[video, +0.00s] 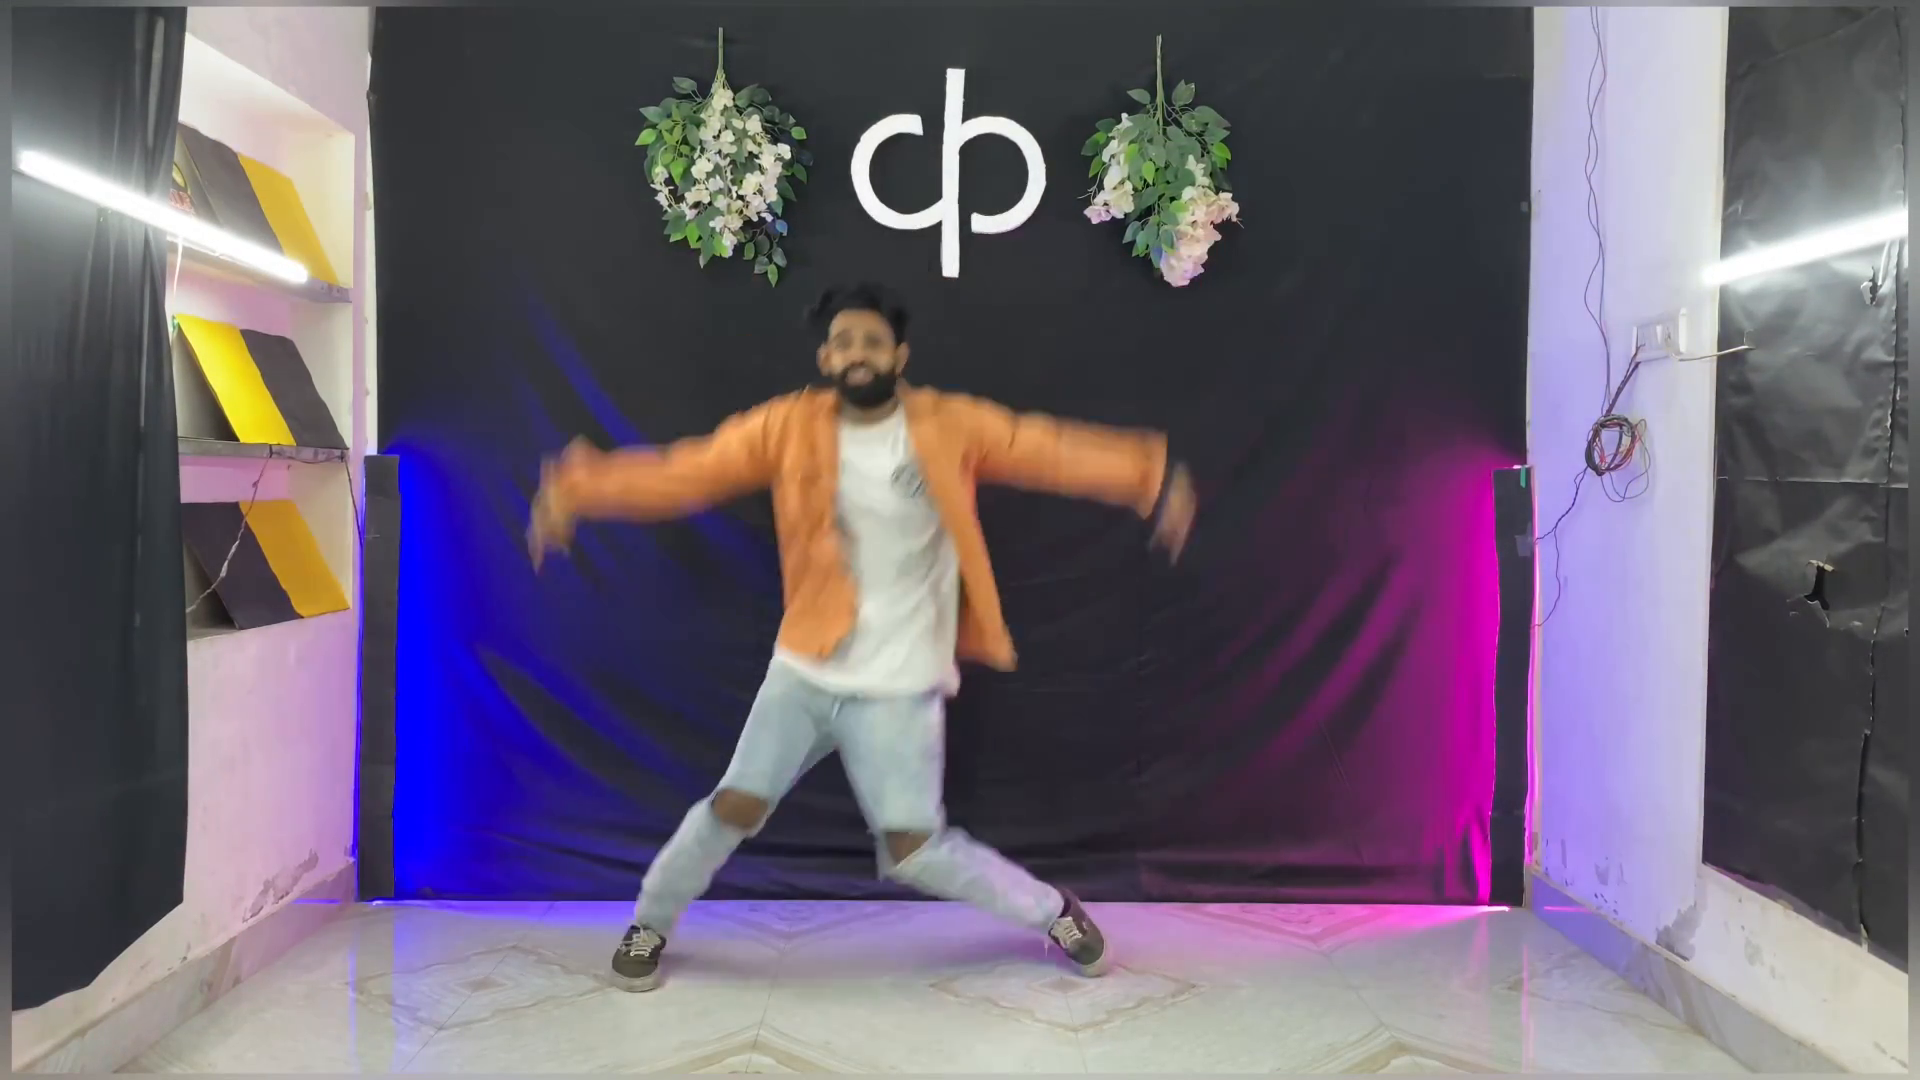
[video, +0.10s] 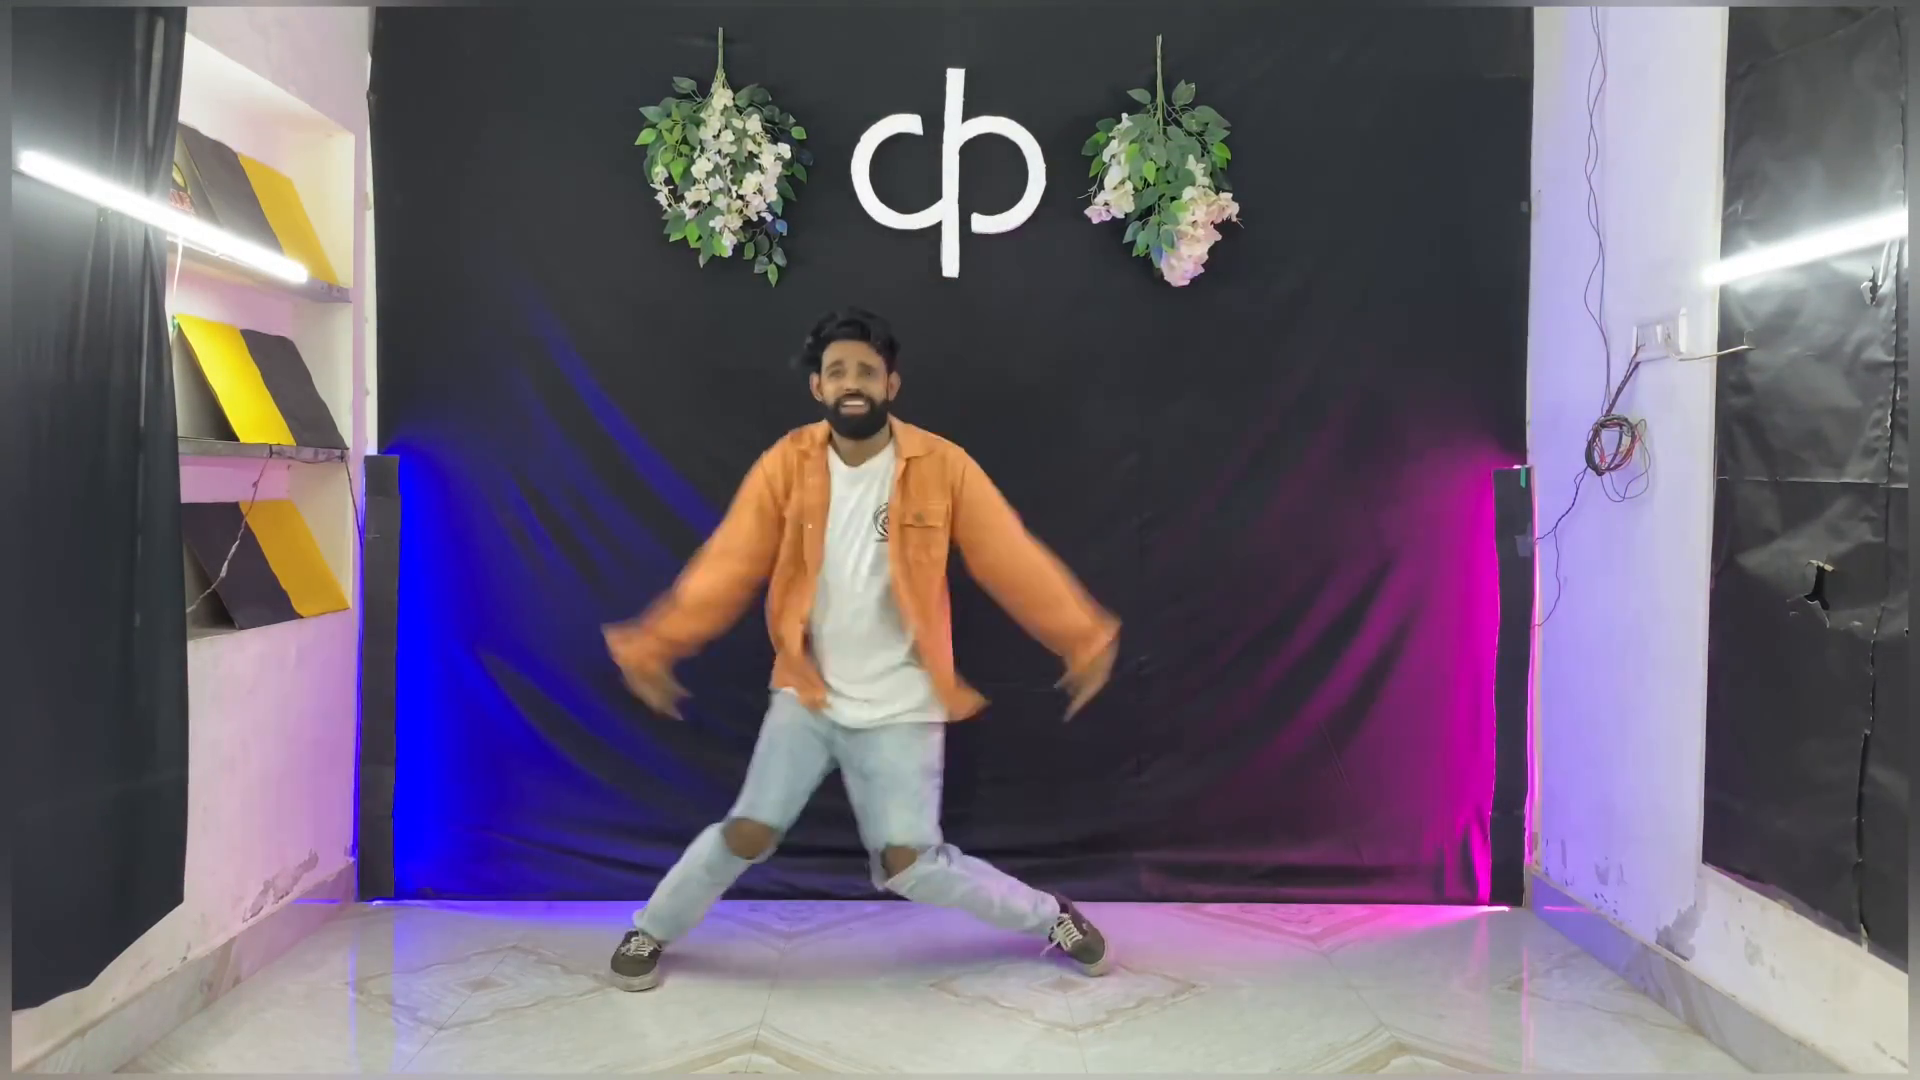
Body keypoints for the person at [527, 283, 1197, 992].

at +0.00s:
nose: (855, 356)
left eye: (871, 343)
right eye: (841, 344)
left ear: (901, 352)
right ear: (823, 358)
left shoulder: (950, 426)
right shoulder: (791, 427)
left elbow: (1051, 449)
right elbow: (685, 472)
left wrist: (1149, 470)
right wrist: (580, 484)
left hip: (902, 679)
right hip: (804, 667)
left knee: (912, 856)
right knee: (734, 808)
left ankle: (1054, 914)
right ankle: (648, 926)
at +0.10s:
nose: (852, 384)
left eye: (866, 371)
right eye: (836, 371)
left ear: (892, 385)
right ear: (815, 388)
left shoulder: (940, 468)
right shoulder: (788, 465)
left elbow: (1008, 555)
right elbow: (729, 563)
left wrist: (1082, 632)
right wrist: (655, 641)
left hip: (902, 697)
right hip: (805, 688)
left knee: (907, 866)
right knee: (750, 831)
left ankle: (1052, 918)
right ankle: (648, 934)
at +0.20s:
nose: (882, 372)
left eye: (896, 358)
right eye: (866, 359)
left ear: (920, 370)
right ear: (842, 374)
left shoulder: (963, 449)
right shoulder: (818, 452)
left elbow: (991, 559)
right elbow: (805, 559)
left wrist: (1007, 664)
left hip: (948, 679)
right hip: (854, 684)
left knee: (965, 825)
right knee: (789, 825)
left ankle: (1060, 924)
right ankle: (661, 928)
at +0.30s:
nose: (928, 347)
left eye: (942, 333)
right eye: (912, 333)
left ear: (965, 343)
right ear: (887, 344)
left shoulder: (1002, 405)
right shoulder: (869, 417)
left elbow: (1019, 520)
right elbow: (872, 533)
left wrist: (963, 595)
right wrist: (940, 545)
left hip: (1003, 632)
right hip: (909, 640)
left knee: (1034, 777)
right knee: (857, 791)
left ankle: (1062, 921)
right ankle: (722, 909)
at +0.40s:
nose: (963, 312)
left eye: (977, 299)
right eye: (947, 298)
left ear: (1001, 310)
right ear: (923, 312)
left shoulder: (1035, 377)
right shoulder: (901, 383)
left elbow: (1086, 481)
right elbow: (856, 498)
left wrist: (1069, 481)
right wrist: (889, 445)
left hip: (1029, 605)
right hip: (939, 603)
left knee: (1060, 764)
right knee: (920, 751)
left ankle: (1066, 915)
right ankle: (882, 886)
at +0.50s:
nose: (992, 264)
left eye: (1006, 252)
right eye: (975, 251)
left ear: (1026, 268)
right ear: (948, 268)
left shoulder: (1059, 346)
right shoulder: (912, 350)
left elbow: (1107, 443)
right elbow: (872, 449)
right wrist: (819, 416)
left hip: (1046, 587)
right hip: (952, 589)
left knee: (1073, 747)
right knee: (945, 742)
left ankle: (1068, 910)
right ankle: (989, 867)